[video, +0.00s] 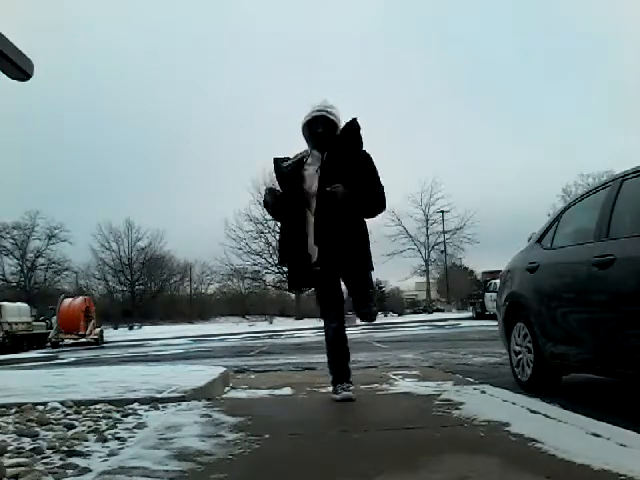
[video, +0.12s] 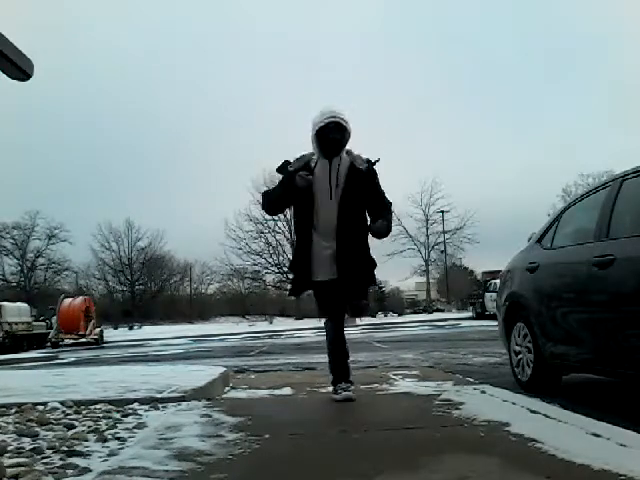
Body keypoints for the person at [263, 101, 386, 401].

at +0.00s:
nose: (319, 132)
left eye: (325, 126)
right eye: (313, 127)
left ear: (336, 129)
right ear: (305, 132)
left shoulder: (355, 159)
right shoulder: (295, 169)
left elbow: (376, 203)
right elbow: (287, 213)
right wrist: (273, 200)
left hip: (351, 247)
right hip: (316, 252)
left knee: (365, 311)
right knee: (332, 319)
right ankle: (341, 381)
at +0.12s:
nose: (333, 138)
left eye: (338, 132)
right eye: (326, 132)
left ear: (346, 136)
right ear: (316, 136)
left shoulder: (360, 170)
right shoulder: (301, 170)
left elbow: (382, 208)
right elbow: (269, 206)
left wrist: (380, 224)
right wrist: (290, 181)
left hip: (352, 255)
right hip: (318, 258)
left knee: (350, 312)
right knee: (333, 320)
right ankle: (341, 381)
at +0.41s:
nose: (349, 125)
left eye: (353, 120)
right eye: (343, 119)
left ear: (359, 121)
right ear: (328, 121)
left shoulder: (371, 151)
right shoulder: (314, 147)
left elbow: (381, 200)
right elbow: (309, 183)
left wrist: (384, 244)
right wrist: (321, 137)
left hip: (355, 240)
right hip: (321, 240)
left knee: (350, 310)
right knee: (314, 298)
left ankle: (343, 377)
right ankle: (310, 304)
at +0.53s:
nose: (359, 147)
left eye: (363, 141)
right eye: (352, 140)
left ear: (367, 144)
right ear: (336, 141)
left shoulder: (369, 182)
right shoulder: (318, 171)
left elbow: (375, 231)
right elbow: (302, 218)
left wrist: (381, 272)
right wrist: (291, 261)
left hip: (357, 264)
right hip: (322, 261)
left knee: (353, 324)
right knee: (309, 317)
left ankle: (342, 380)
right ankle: (296, 284)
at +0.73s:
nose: (358, 113)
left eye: (362, 108)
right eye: (352, 108)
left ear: (368, 116)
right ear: (339, 115)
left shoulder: (372, 160)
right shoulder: (318, 140)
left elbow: (377, 212)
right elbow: (294, 118)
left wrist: (378, 254)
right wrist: (336, 101)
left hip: (351, 242)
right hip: (314, 237)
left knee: (350, 308)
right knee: (306, 297)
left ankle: (343, 375)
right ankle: (328, 311)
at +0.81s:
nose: (353, 121)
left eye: (358, 116)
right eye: (347, 115)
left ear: (363, 121)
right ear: (333, 119)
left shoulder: (373, 165)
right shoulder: (322, 146)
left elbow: (382, 218)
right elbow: (301, 156)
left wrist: (382, 261)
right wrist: (316, 120)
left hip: (353, 248)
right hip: (318, 241)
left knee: (351, 311)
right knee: (298, 303)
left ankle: (346, 379)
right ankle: (320, 303)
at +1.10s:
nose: (310, 128)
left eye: (316, 121)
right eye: (307, 123)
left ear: (332, 121)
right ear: (305, 126)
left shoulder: (360, 144)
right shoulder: (305, 161)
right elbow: (288, 203)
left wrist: (384, 134)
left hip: (356, 242)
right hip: (321, 243)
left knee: (352, 309)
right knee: (326, 303)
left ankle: (347, 375)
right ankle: (298, 341)